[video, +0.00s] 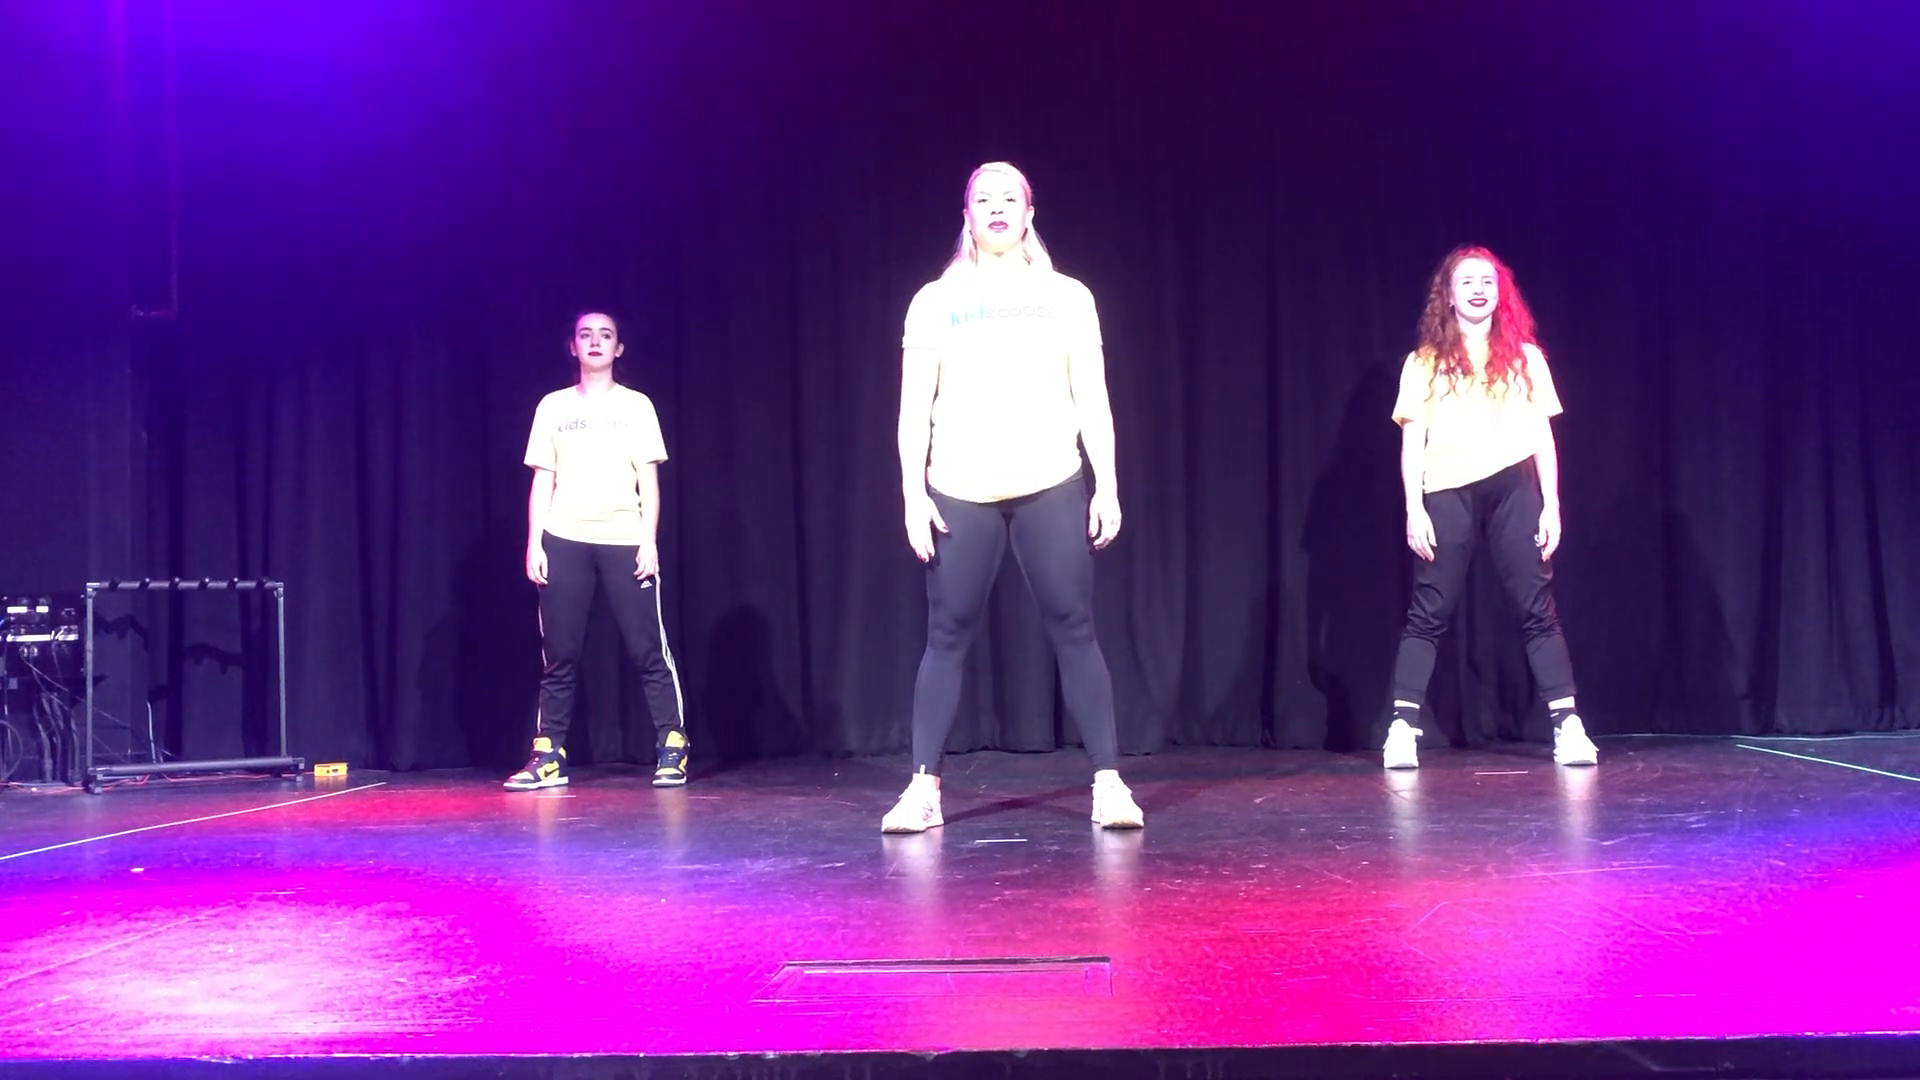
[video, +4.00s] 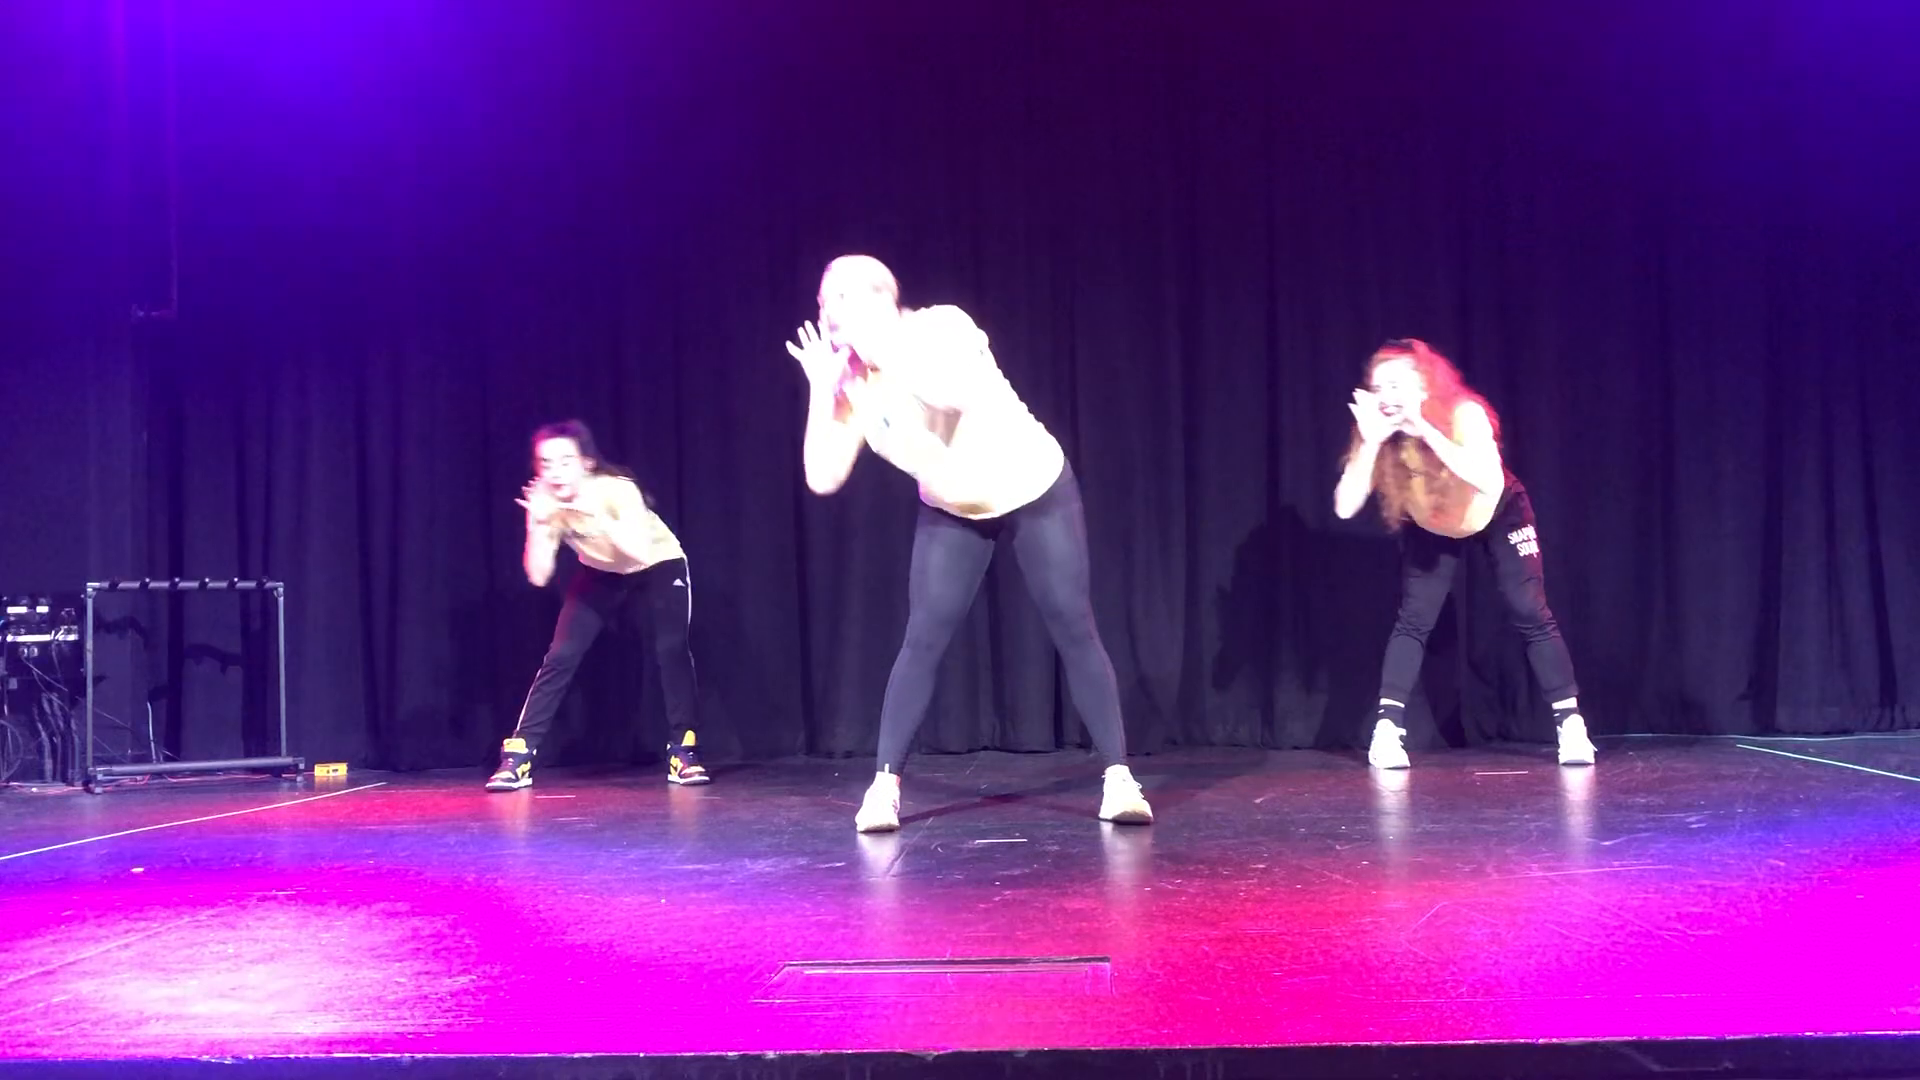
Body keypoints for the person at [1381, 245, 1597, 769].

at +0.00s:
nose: (1477, 290)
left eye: (1486, 281)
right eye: (1467, 281)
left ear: (1501, 292)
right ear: (1448, 292)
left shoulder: (1525, 356)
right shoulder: (1425, 361)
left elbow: (1543, 435)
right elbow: (1413, 441)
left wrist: (1551, 505)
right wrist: (1414, 509)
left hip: (1514, 489)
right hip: (1445, 493)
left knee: (1535, 606)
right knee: (1430, 609)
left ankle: (1567, 725)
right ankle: (1404, 727)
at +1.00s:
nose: (1478, 287)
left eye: (1487, 279)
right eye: (1468, 279)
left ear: (1501, 289)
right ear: (1448, 289)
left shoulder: (1527, 353)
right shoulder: (1425, 359)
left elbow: (1546, 434)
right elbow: (1414, 442)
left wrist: (1554, 505)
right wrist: (1419, 510)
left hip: (1518, 493)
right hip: (1448, 498)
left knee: (1541, 608)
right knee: (1433, 611)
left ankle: (1568, 726)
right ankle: (1404, 728)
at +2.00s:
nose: (1446, 319)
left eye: (1456, 311)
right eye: (1437, 310)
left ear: (1477, 320)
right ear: (1419, 318)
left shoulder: (1505, 370)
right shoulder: (1411, 378)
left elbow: (1550, 426)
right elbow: (1367, 415)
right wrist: (1413, 356)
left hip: (1500, 517)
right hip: (1430, 523)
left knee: (1538, 621)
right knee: (1416, 622)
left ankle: (1592, 721)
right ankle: (1403, 731)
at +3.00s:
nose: (1615, 322)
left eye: (1616, 314)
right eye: (1603, 314)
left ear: (1613, 322)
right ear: (1570, 318)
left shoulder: (1586, 371)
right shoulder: (1537, 360)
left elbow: (1618, 433)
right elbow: (1577, 416)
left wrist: (1621, 372)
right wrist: (1604, 359)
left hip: (1526, 513)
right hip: (1470, 508)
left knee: (1556, 612)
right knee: (1445, 622)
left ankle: (1571, 730)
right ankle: (1370, 724)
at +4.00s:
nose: (1390, 397)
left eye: (1400, 384)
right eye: (1382, 387)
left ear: (1425, 383)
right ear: (1372, 392)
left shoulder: (1464, 412)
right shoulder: (1376, 428)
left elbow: (1487, 478)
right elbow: (1345, 506)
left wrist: (1424, 430)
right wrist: (1370, 441)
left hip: (1500, 515)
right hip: (1432, 527)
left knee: (1530, 614)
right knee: (1413, 621)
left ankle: (1570, 724)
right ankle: (1387, 730)